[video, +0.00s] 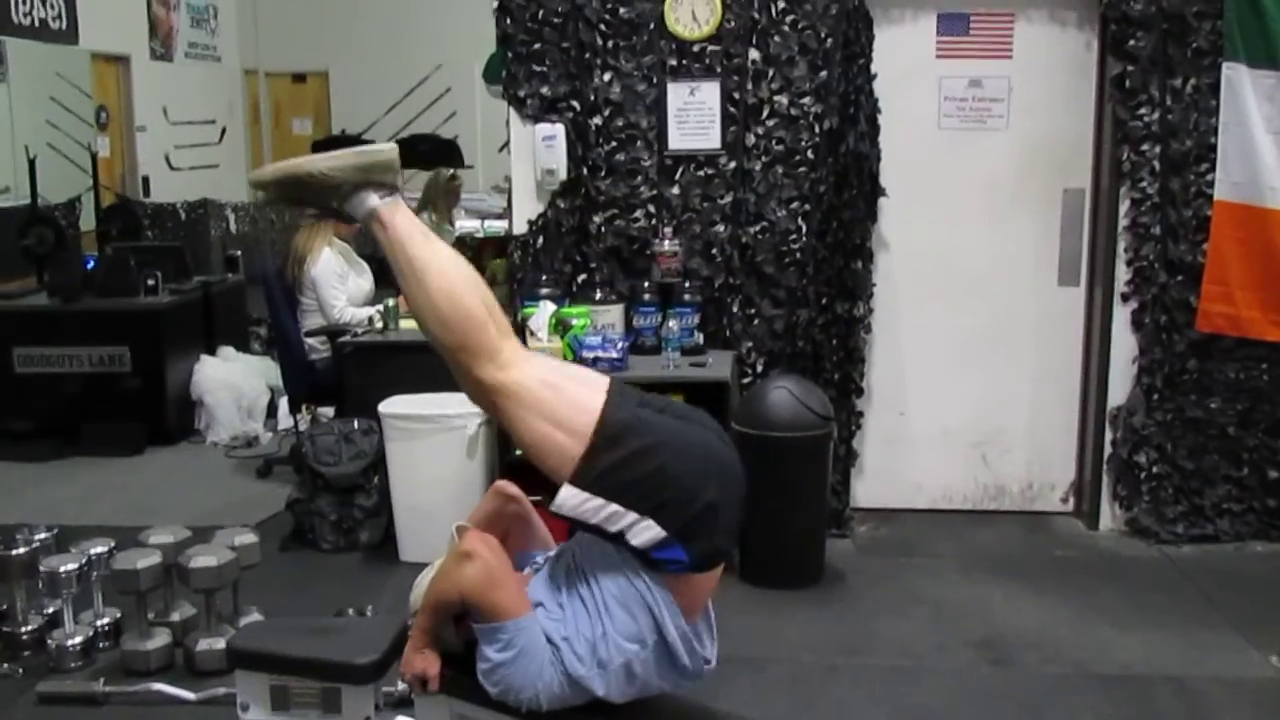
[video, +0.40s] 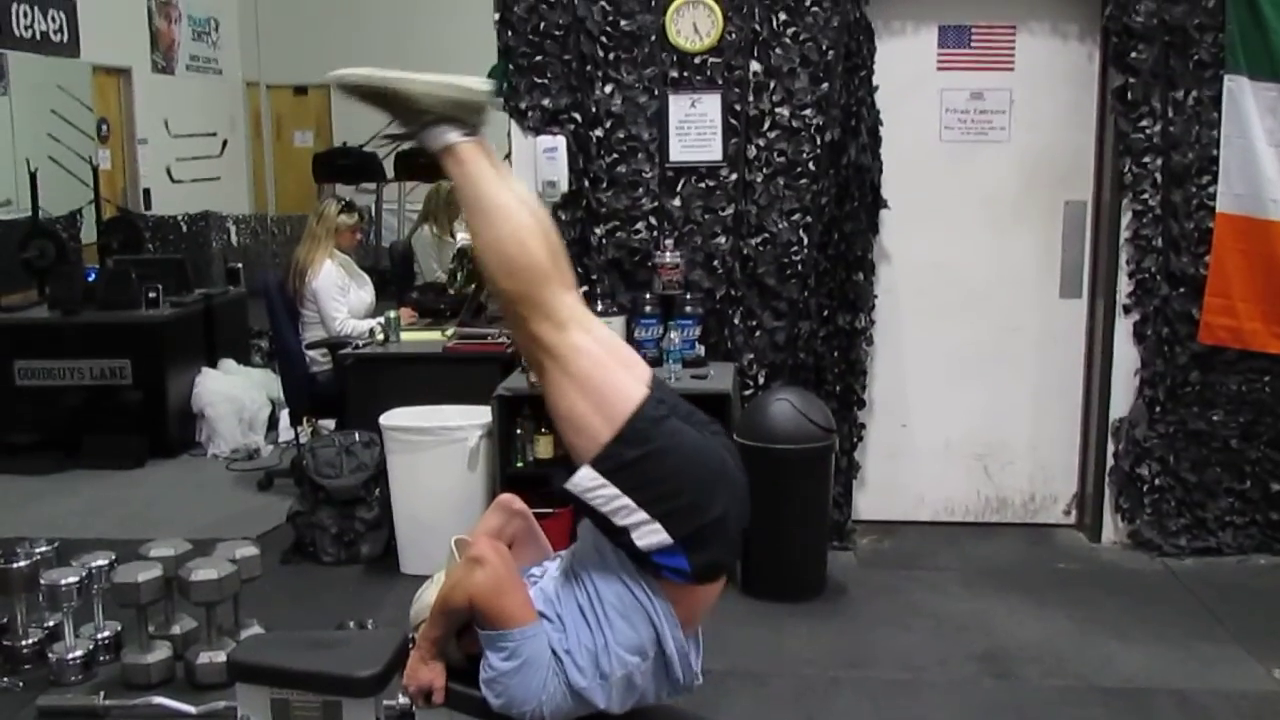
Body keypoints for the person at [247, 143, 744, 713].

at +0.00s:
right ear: (481, 625)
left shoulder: (552, 594)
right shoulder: (526, 669)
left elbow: (506, 494)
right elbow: (474, 555)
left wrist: (441, 599)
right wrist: (423, 636)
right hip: (691, 508)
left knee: (501, 373)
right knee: (497, 373)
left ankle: (387, 211)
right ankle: (378, 202)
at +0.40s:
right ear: (475, 638)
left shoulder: (552, 604)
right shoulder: (527, 678)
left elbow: (511, 511)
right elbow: (479, 558)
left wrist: (446, 610)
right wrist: (432, 644)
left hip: (696, 511)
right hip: (683, 528)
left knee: (558, 320)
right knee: (548, 327)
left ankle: (465, 138)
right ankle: (452, 135)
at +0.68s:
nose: (475, 560)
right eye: (469, 574)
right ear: (475, 642)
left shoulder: (558, 604)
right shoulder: (528, 683)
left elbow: (516, 517)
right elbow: (490, 561)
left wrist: (447, 615)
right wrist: (433, 649)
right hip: (713, 564)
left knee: (622, 335)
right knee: (612, 338)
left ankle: (561, 140)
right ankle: (555, 138)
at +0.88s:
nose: (478, 560)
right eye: (473, 581)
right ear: (475, 641)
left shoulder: (557, 608)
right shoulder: (526, 680)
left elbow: (517, 521)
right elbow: (492, 559)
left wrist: (452, 614)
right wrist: (436, 645)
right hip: (720, 578)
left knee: (673, 346)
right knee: (664, 350)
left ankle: (647, 139)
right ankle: (641, 131)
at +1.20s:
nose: (479, 559)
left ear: (479, 629)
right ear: (479, 635)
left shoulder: (563, 607)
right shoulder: (530, 675)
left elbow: (518, 518)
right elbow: (492, 556)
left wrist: (456, 607)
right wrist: (436, 646)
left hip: (748, 580)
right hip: (742, 595)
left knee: (735, 369)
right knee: (727, 370)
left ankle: (763, 155)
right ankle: (762, 154)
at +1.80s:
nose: (488, 541)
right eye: (479, 551)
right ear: (485, 610)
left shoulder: (559, 608)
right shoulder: (525, 660)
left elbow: (517, 512)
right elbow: (489, 553)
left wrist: (465, 586)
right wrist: (434, 637)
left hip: (747, 595)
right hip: (757, 611)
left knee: (789, 382)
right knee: (793, 380)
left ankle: (871, 183)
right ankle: (873, 180)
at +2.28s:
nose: (492, 511)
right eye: (478, 511)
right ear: (481, 554)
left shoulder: (547, 565)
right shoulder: (523, 619)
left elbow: (505, 476)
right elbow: (479, 514)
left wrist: (440, 579)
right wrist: (430, 593)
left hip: (734, 550)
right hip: (753, 586)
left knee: (851, 369)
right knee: (854, 374)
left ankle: (984, 200)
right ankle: (995, 206)